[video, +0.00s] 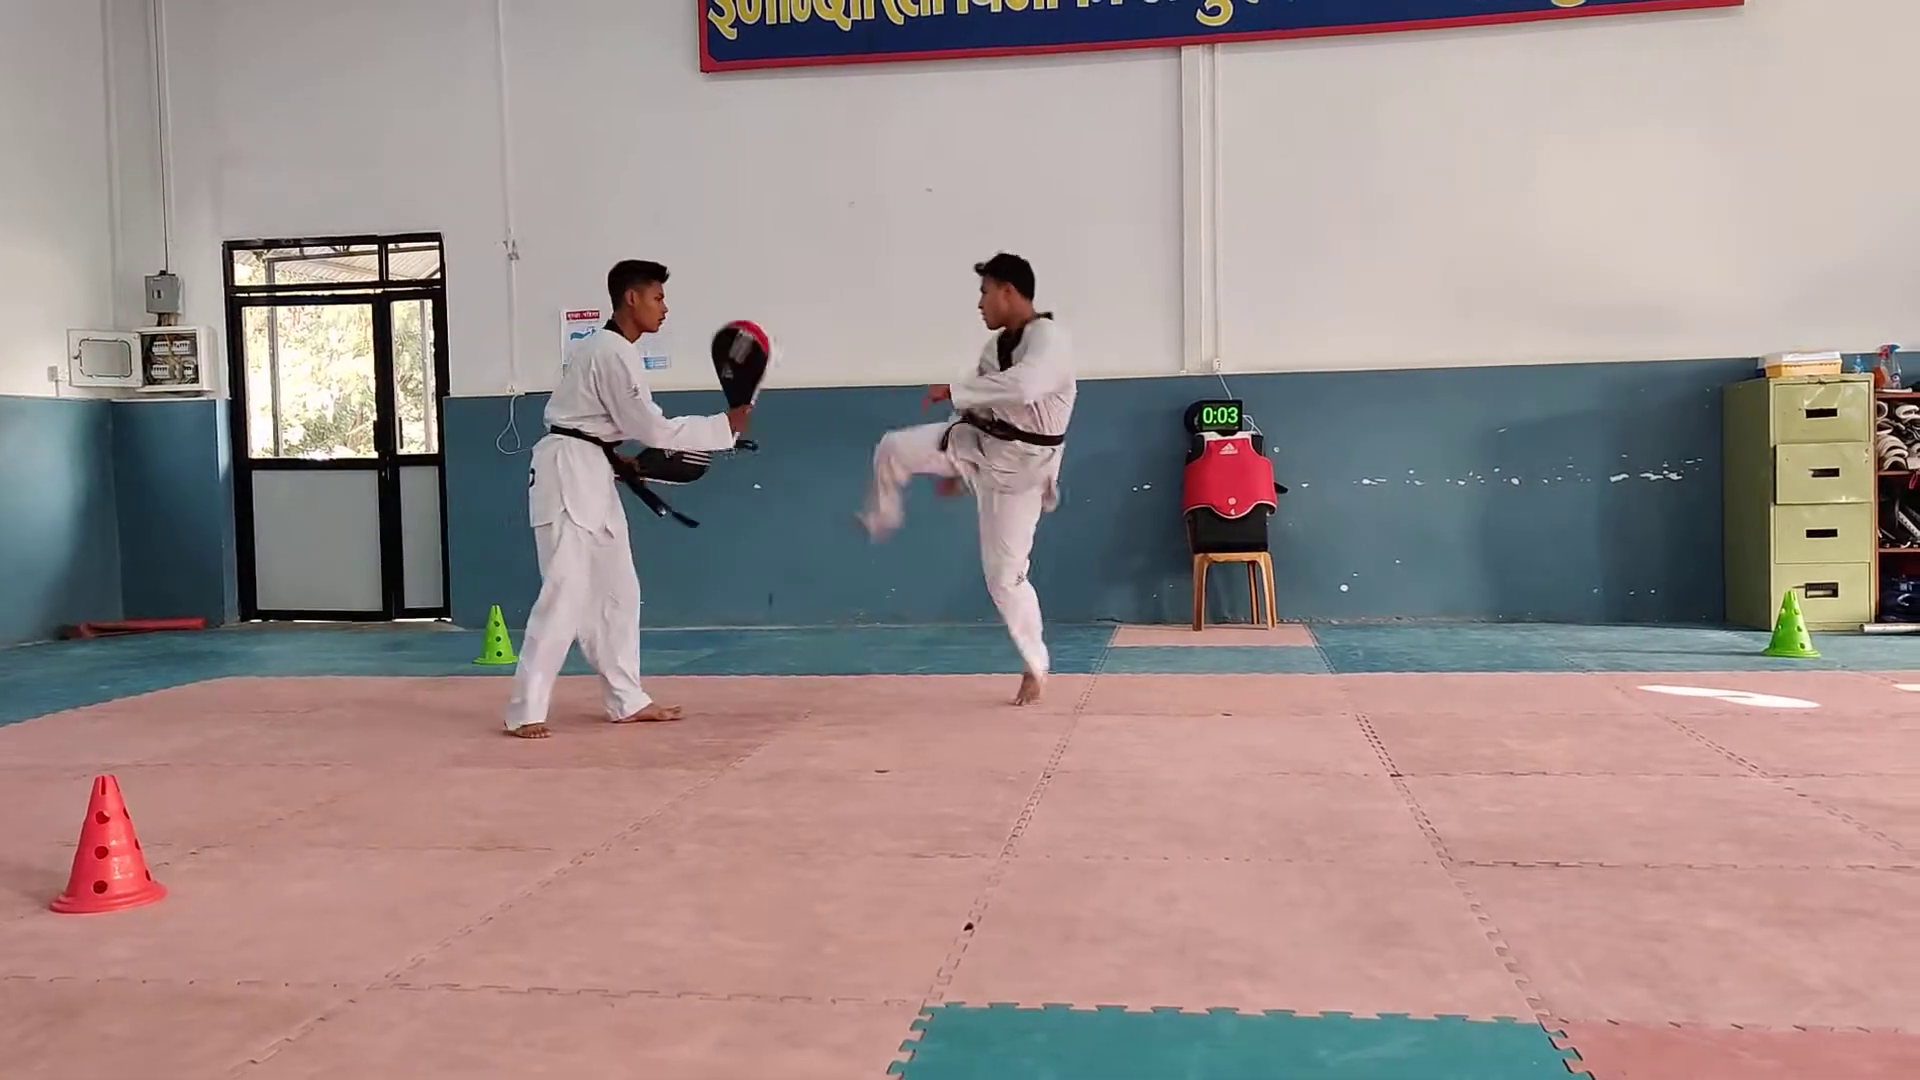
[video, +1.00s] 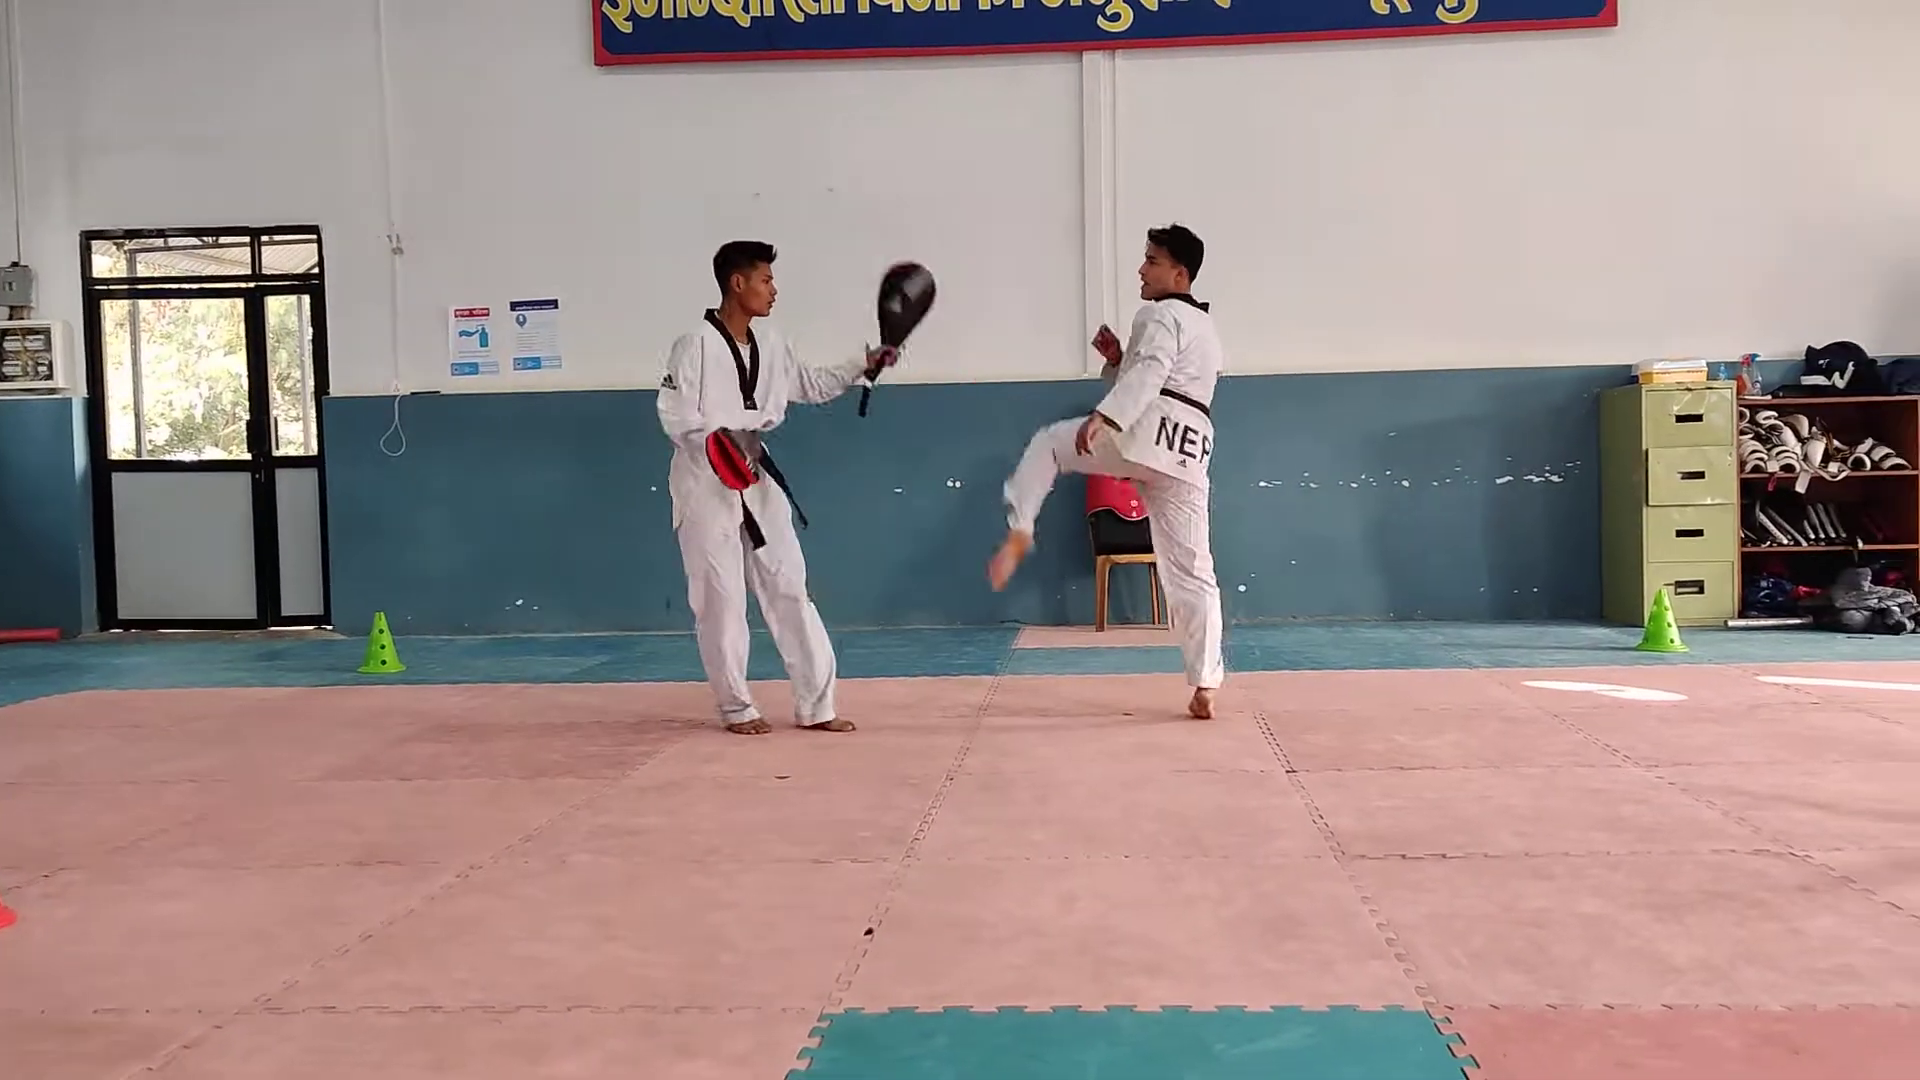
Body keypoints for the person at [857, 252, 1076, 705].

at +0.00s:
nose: (979, 303)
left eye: (985, 293)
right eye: (980, 293)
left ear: (1010, 293)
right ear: (1009, 294)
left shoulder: (1049, 340)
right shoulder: (996, 347)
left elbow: (1025, 387)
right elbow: (984, 413)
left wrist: (956, 391)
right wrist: (962, 468)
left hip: (1017, 465)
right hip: (973, 438)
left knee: (1004, 578)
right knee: (892, 449)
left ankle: (1036, 665)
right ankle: (882, 520)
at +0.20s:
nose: (1040, 315)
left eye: (1046, 305)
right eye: (1041, 305)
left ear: (1073, 308)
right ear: (1073, 310)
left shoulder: (1097, 362)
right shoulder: (1058, 360)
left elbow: (1041, 404)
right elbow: (1046, 416)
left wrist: (995, 373)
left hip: (1067, 483)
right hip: (1028, 460)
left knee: (1033, 586)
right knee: (953, 474)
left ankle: (1026, 673)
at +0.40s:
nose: (1082, 324)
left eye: (1091, 315)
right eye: (1085, 315)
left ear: (1118, 322)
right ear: (1115, 323)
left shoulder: (1136, 371)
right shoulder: (1094, 380)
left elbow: (1172, 430)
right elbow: (1079, 440)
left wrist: (1114, 461)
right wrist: (1041, 427)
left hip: (1141, 506)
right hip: (1099, 508)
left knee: (1122, 605)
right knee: (1055, 592)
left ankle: (1206, 645)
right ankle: (1050, 683)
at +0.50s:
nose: (1115, 328)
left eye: (1124, 319)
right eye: (1117, 319)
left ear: (1153, 326)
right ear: (1147, 326)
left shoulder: (1161, 371)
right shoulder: (1145, 376)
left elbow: (1149, 443)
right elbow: (1150, 446)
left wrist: (1089, 457)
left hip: (1177, 494)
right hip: (1144, 500)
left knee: (1222, 604)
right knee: (1092, 588)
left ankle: (1309, 679)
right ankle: (1089, 690)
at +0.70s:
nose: (1154, 280)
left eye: (1164, 272)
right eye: (1158, 271)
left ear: (1192, 282)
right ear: (1196, 286)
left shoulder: (1174, 324)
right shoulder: (1222, 340)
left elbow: (1145, 392)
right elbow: (1237, 411)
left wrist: (1082, 383)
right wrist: (1221, 464)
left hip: (1184, 447)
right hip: (1217, 458)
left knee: (1126, 549)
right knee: (1194, 564)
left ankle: (1210, 635)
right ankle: (1201, 685)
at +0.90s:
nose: (1154, 282)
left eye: (1164, 274)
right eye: (1157, 272)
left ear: (1192, 284)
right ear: (1193, 287)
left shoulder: (1181, 327)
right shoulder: (1213, 338)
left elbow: (1159, 384)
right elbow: (1143, 388)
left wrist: (1130, 434)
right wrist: (1104, 351)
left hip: (1165, 433)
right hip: (1202, 462)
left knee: (1060, 409)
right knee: (1190, 574)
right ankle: (1207, 688)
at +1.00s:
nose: (1142, 269)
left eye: (1153, 261)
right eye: (1146, 259)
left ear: (1181, 272)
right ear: (1184, 274)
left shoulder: (1160, 312)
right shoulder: (1205, 327)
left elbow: (1152, 367)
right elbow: (1172, 390)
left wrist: (1106, 415)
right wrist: (1121, 361)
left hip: (1145, 427)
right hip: (1191, 447)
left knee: (1049, 444)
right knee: (1192, 570)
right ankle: (1204, 684)